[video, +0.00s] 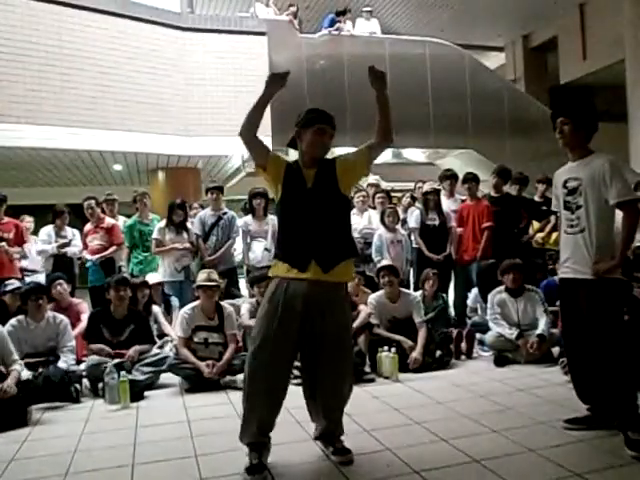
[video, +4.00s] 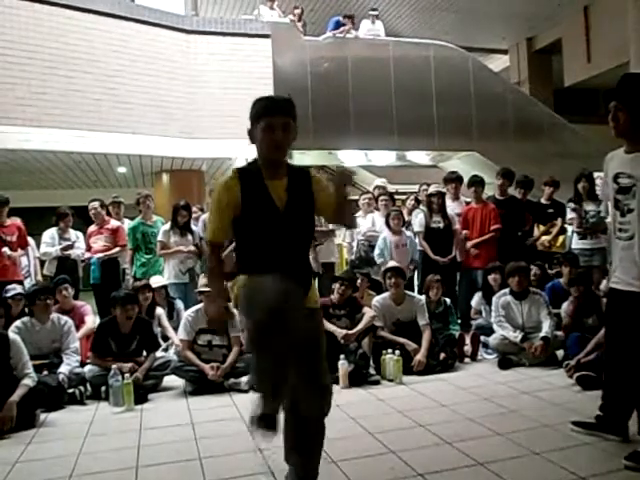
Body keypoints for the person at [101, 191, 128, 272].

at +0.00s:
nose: (110, 208)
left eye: (113, 204)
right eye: (107, 204)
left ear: (117, 205)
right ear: (103, 206)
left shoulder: (125, 222)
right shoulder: (101, 222)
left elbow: (129, 241)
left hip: (122, 259)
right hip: (105, 259)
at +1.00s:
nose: (92, 213)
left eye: (94, 210)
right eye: (89, 211)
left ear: (100, 208)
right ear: (87, 212)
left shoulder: (112, 224)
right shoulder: (88, 224)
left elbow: (119, 245)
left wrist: (102, 254)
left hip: (108, 259)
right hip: (93, 259)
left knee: (110, 290)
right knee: (94, 288)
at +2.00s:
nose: (92, 209)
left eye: (95, 206)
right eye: (89, 207)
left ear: (100, 207)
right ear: (87, 210)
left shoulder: (112, 224)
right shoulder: (87, 227)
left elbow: (118, 244)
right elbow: (84, 245)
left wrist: (101, 253)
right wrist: (84, 251)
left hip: (107, 259)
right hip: (91, 260)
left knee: (110, 291)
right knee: (94, 293)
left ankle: (112, 318)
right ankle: (98, 319)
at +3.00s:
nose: (87, 211)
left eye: (89, 208)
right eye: (85, 208)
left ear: (99, 207)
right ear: (85, 210)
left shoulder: (113, 224)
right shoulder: (87, 227)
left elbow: (119, 244)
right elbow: (85, 246)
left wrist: (101, 253)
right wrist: (84, 252)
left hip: (108, 260)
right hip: (93, 262)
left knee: (109, 295)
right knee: (96, 296)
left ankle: (112, 324)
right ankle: (101, 326)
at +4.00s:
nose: (93, 212)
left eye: (95, 209)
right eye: (91, 210)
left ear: (104, 209)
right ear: (89, 213)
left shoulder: (116, 226)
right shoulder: (90, 230)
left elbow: (122, 246)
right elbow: (88, 248)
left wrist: (104, 255)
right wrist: (87, 255)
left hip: (111, 261)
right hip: (95, 263)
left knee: (113, 294)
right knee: (99, 296)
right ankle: (104, 324)